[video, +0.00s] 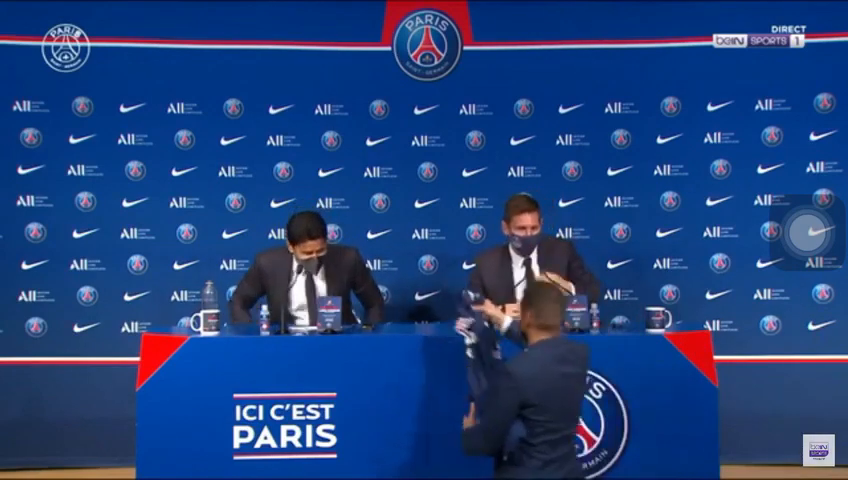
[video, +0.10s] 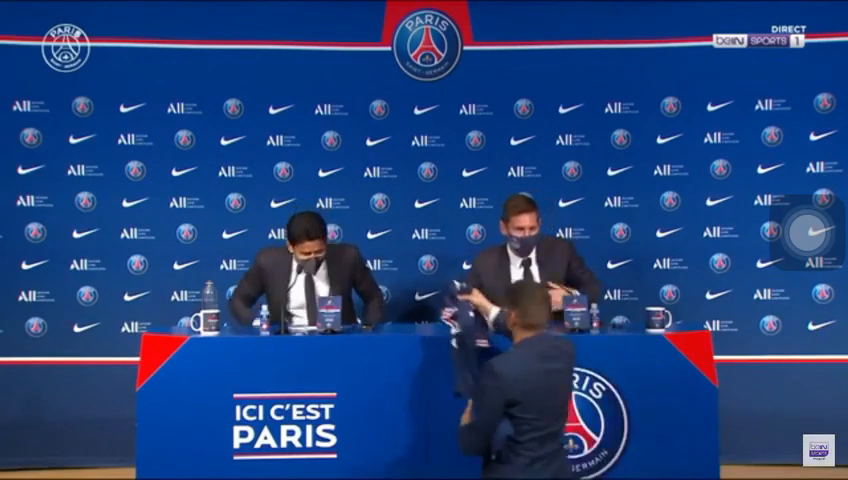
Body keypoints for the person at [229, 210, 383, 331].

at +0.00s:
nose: (314, 258)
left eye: (320, 251)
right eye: (307, 254)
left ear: (327, 241)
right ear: (290, 246)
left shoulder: (347, 259)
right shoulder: (268, 263)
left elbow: (374, 303)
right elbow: (238, 303)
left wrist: (366, 335)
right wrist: (252, 338)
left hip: (338, 347)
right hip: (286, 348)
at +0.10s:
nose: (312, 259)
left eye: (318, 253)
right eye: (305, 255)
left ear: (326, 242)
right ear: (290, 246)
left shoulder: (347, 257)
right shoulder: (268, 261)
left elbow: (373, 297)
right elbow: (238, 302)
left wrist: (366, 331)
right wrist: (259, 329)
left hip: (338, 348)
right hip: (287, 348)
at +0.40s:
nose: (309, 248)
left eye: (316, 241)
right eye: (303, 242)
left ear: (326, 237)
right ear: (291, 239)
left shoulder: (349, 251)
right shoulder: (270, 258)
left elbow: (371, 310)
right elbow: (257, 316)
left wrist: (341, 269)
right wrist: (281, 272)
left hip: (336, 343)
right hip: (288, 344)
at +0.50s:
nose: (311, 244)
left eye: (318, 237)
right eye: (304, 237)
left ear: (328, 234)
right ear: (292, 235)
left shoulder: (349, 249)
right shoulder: (270, 257)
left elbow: (374, 305)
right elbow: (255, 315)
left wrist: (344, 265)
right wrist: (279, 269)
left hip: (337, 342)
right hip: (289, 343)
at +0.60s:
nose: (313, 244)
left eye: (320, 237)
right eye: (306, 237)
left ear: (330, 234)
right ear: (294, 235)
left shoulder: (349, 250)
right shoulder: (272, 256)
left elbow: (376, 305)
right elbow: (252, 313)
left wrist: (348, 263)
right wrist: (276, 266)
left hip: (337, 343)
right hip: (290, 344)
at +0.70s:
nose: (315, 245)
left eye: (322, 238)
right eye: (308, 239)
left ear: (331, 234)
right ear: (295, 235)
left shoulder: (349, 250)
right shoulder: (275, 254)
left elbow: (374, 306)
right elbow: (253, 315)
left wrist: (350, 264)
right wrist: (272, 267)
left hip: (337, 344)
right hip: (290, 344)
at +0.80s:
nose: (316, 246)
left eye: (322, 239)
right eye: (308, 239)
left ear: (331, 234)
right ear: (295, 236)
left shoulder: (350, 252)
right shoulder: (274, 257)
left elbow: (376, 314)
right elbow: (255, 317)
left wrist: (351, 268)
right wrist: (273, 273)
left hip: (338, 346)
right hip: (290, 346)